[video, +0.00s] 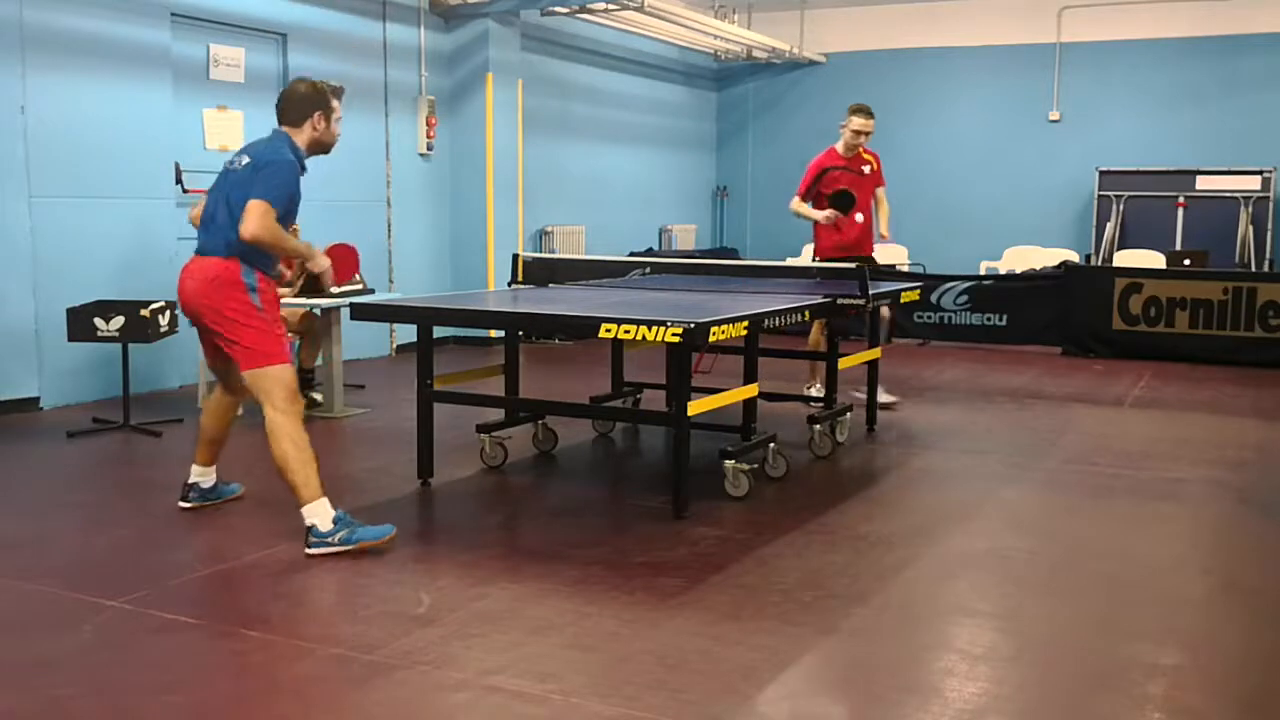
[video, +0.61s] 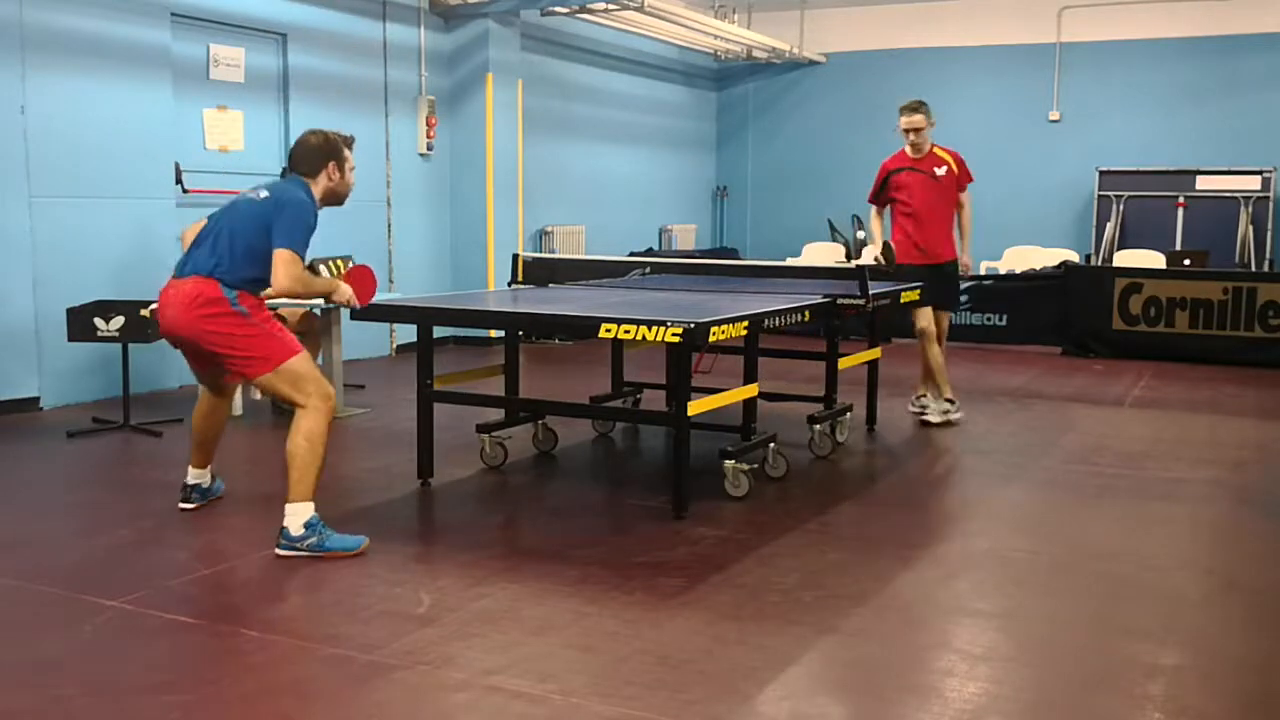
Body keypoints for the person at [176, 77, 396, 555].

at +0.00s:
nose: (340, 128)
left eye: (339, 119)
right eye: (336, 119)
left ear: (295, 120)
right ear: (315, 121)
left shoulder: (252, 152)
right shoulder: (283, 161)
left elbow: (201, 216)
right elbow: (255, 226)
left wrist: (272, 255)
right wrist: (309, 252)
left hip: (199, 278)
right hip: (233, 281)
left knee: (231, 384)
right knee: (282, 400)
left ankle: (200, 481)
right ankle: (323, 522)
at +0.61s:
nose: (353, 176)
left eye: (351, 167)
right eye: (349, 167)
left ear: (303, 169)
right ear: (329, 171)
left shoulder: (261, 194)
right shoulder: (297, 201)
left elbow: (191, 235)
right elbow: (286, 280)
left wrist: (236, 285)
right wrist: (331, 286)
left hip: (174, 300)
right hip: (213, 303)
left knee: (219, 386)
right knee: (317, 397)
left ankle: (196, 483)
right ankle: (300, 524)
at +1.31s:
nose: (340, 209)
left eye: (339, 199)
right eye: (336, 200)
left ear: (293, 202)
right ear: (316, 205)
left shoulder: (255, 224)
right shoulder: (285, 238)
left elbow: (186, 257)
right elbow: (286, 328)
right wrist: (328, 302)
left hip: (159, 325)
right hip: (187, 330)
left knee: (227, 377)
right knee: (306, 397)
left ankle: (191, 482)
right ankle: (298, 526)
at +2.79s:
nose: (337, 143)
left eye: (333, 134)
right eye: (332, 135)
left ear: (289, 146)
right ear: (315, 145)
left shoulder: (249, 180)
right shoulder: (299, 196)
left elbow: (189, 220)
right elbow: (306, 280)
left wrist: (222, 268)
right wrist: (353, 259)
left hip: (191, 306)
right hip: (232, 310)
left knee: (230, 383)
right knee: (332, 401)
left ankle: (192, 481)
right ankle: (301, 525)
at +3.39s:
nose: (331, 111)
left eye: (329, 103)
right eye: (325, 103)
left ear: (291, 109)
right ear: (303, 109)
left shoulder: (256, 146)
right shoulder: (280, 158)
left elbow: (214, 192)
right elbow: (272, 238)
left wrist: (263, 225)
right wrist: (338, 225)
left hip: (221, 278)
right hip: (247, 282)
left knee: (261, 373)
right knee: (323, 381)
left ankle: (198, 458)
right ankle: (304, 501)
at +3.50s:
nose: (337, 125)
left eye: (335, 116)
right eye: (331, 116)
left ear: (300, 123)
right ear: (307, 122)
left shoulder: (281, 162)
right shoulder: (280, 169)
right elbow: (250, 247)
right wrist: (316, 261)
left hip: (234, 290)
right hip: (251, 294)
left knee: (263, 381)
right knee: (341, 379)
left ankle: (201, 467)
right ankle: (310, 496)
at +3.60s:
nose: (344, 145)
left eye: (343, 135)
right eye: (339, 135)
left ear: (311, 141)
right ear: (313, 140)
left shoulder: (304, 186)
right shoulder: (272, 188)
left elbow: (291, 236)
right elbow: (221, 258)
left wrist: (334, 247)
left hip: (274, 298)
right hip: (248, 302)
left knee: (290, 364)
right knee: (342, 379)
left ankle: (219, 433)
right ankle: (313, 496)